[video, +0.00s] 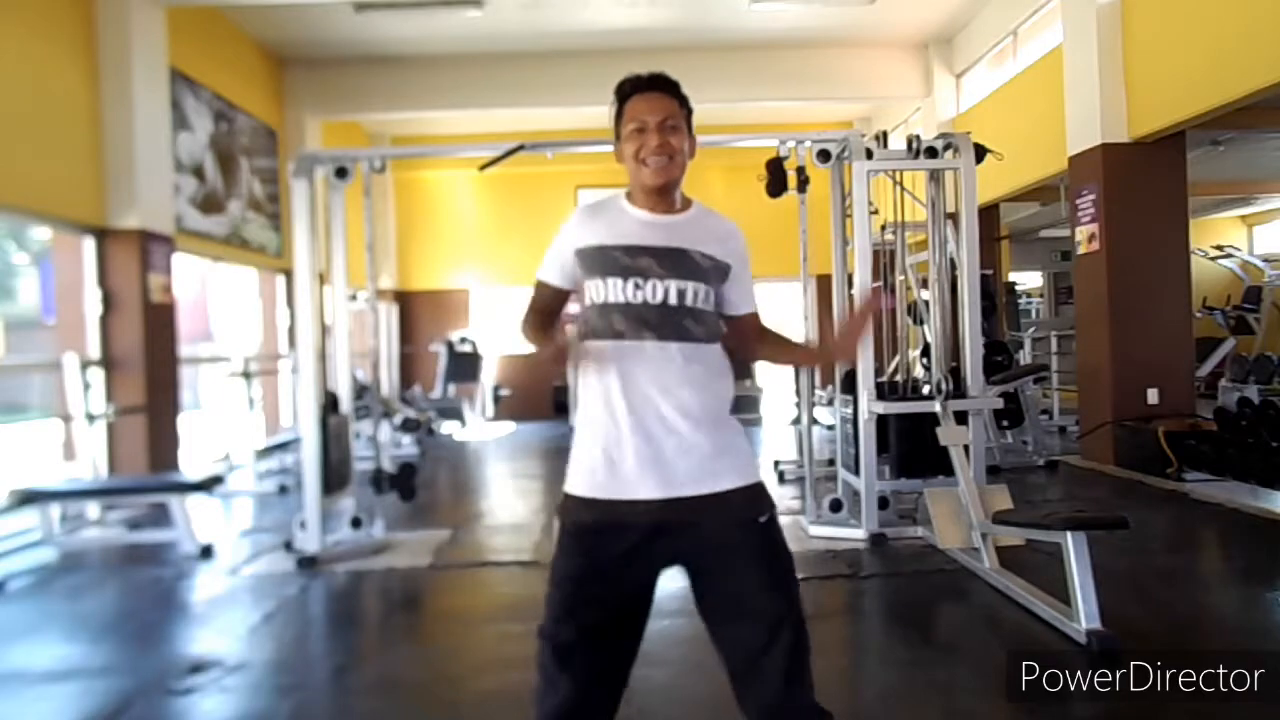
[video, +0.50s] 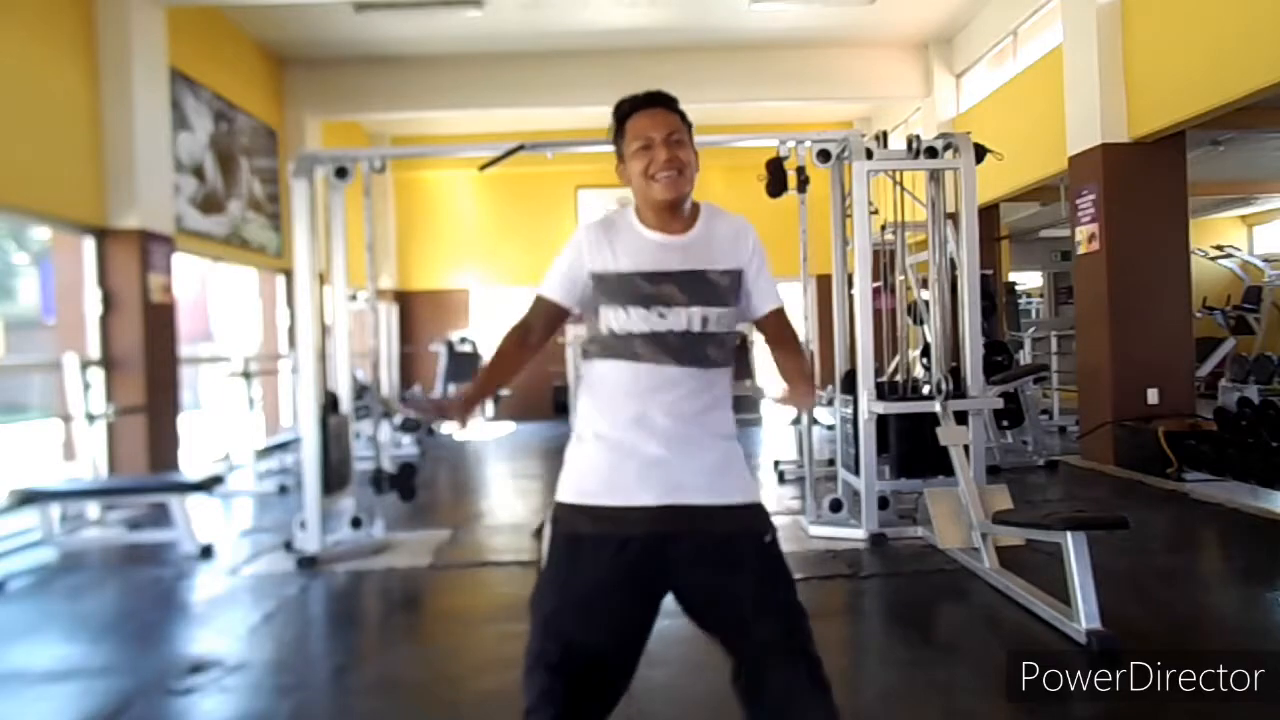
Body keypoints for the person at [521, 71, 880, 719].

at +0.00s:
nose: (657, 139)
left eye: (671, 127)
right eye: (639, 130)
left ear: (691, 144)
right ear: (619, 150)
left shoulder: (722, 236)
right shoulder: (586, 227)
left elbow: (746, 338)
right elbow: (538, 318)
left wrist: (823, 354)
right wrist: (549, 339)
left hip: (720, 486)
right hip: (606, 488)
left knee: (778, 679)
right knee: (571, 686)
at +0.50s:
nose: (666, 156)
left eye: (676, 141)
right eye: (646, 147)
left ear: (696, 152)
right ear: (623, 169)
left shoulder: (735, 239)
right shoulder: (594, 243)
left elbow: (776, 327)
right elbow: (535, 329)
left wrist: (799, 379)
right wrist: (474, 393)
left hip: (715, 496)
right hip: (603, 498)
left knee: (786, 671)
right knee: (561, 686)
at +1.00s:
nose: (668, 132)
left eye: (683, 120)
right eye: (651, 123)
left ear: (704, 142)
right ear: (630, 148)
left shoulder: (738, 223)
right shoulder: (595, 235)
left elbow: (762, 328)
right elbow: (552, 334)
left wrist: (783, 324)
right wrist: (490, 352)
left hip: (731, 497)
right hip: (611, 494)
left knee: (774, 696)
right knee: (546, 686)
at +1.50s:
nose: (677, 135)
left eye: (692, 121)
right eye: (661, 122)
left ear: (714, 136)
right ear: (640, 138)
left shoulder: (742, 229)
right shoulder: (597, 214)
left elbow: (759, 326)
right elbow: (557, 296)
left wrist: (819, 353)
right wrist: (562, 326)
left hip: (729, 483)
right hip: (614, 488)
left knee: (787, 675)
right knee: (555, 679)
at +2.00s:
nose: (674, 212)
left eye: (691, 200)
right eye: (663, 196)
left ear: (713, 187)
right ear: (643, 175)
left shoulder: (732, 248)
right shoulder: (602, 234)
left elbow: (763, 335)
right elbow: (552, 311)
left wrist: (810, 404)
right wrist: (530, 374)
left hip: (709, 468)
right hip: (610, 469)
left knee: (761, 628)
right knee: (589, 637)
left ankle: (773, 708)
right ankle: (573, 711)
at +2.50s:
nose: (670, 182)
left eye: (682, 171)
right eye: (657, 170)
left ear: (701, 182)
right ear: (638, 183)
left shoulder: (734, 255)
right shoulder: (612, 256)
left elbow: (766, 334)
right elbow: (568, 329)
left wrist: (765, 385)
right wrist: (524, 380)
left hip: (706, 457)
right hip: (620, 449)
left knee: (735, 586)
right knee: (576, 561)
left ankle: (765, 685)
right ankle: (575, 698)